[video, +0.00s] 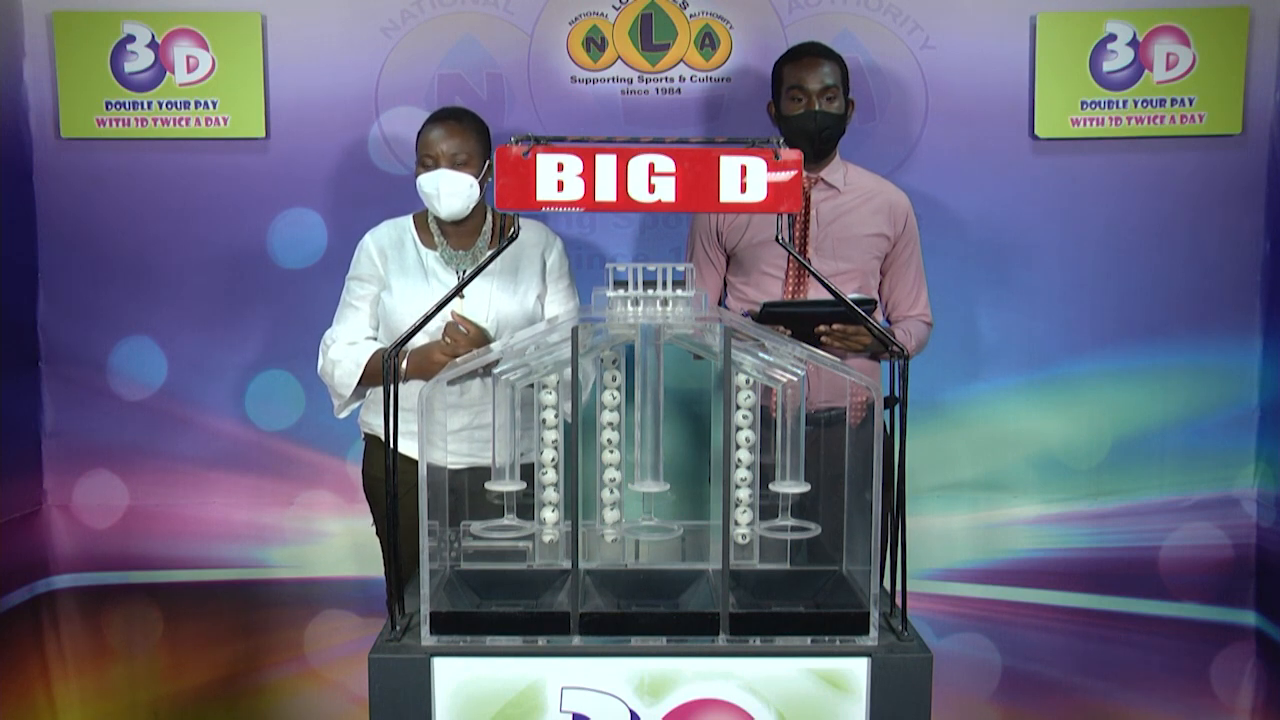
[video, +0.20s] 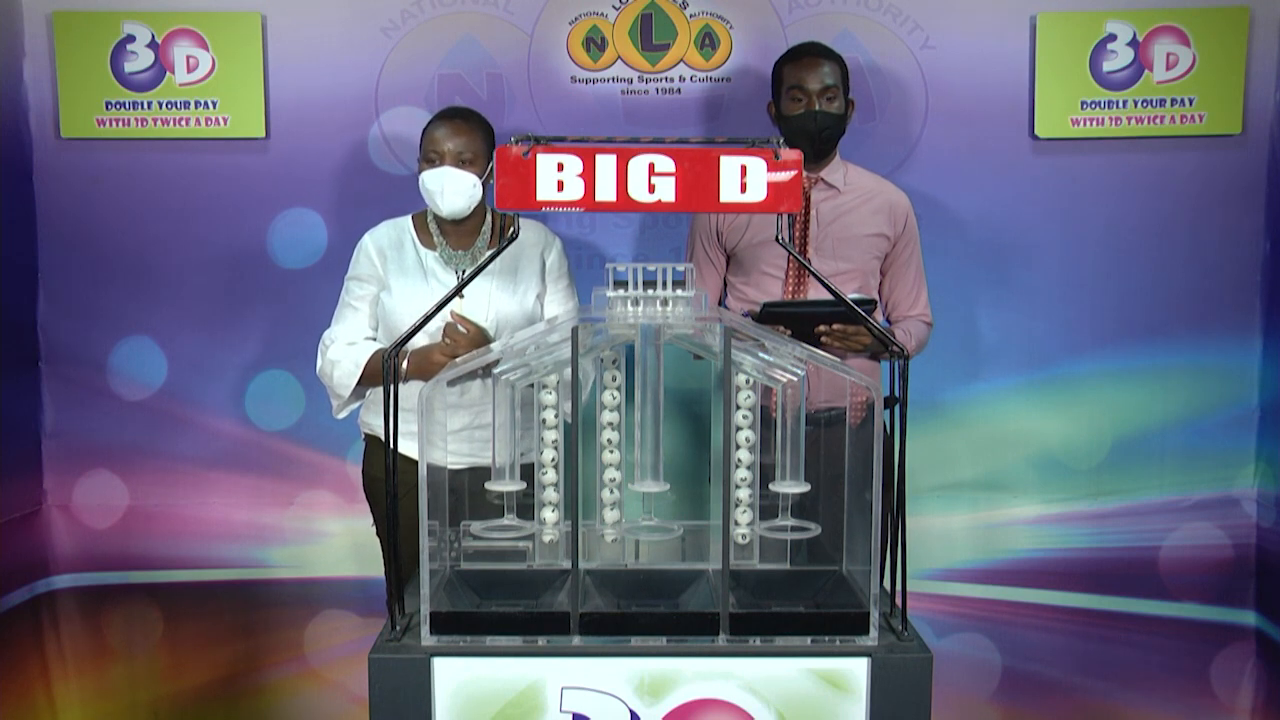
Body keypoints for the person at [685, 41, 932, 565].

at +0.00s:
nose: (814, 107)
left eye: (829, 94)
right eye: (796, 95)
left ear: (848, 108)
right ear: (774, 109)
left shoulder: (888, 205)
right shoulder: (727, 200)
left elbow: (914, 321)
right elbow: (695, 317)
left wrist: (876, 341)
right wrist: (758, 335)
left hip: (844, 416)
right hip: (752, 416)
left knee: (844, 580)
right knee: (753, 579)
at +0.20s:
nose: (813, 107)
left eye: (829, 94)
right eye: (796, 95)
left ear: (848, 108)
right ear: (774, 109)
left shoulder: (888, 205)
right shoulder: (727, 200)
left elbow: (914, 321)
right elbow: (695, 317)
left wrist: (876, 341)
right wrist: (758, 335)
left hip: (844, 417)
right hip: (752, 416)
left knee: (844, 581)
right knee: (753, 579)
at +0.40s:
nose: (813, 107)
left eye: (829, 94)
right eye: (796, 95)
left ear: (848, 108)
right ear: (774, 109)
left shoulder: (888, 205)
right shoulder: (727, 200)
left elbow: (914, 321)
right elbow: (696, 318)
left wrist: (876, 341)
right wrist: (758, 336)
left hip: (843, 417)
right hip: (751, 416)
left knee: (844, 581)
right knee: (753, 579)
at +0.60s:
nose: (813, 107)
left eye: (829, 94)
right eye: (796, 95)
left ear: (848, 108)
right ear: (774, 109)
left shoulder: (888, 205)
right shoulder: (727, 201)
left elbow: (914, 321)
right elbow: (695, 318)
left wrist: (876, 341)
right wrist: (758, 336)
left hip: (843, 417)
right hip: (751, 416)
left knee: (844, 581)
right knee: (753, 579)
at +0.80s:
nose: (813, 107)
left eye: (829, 94)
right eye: (796, 95)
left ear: (848, 108)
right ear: (774, 109)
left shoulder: (888, 205)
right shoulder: (726, 200)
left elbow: (914, 322)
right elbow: (696, 319)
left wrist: (875, 340)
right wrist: (758, 335)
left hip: (844, 418)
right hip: (752, 418)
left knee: (844, 582)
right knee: (754, 580)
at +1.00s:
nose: (813, 107)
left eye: (829, 94)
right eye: (796, 94)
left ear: (848, 108)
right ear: (774, 109)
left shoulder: (888, 205)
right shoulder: (727, 200)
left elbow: (915, 321)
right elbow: (695, 317)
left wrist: (876, 340)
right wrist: (755, 334)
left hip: (843, 417)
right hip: (751, 416)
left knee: (844, 580)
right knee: (753, 579)